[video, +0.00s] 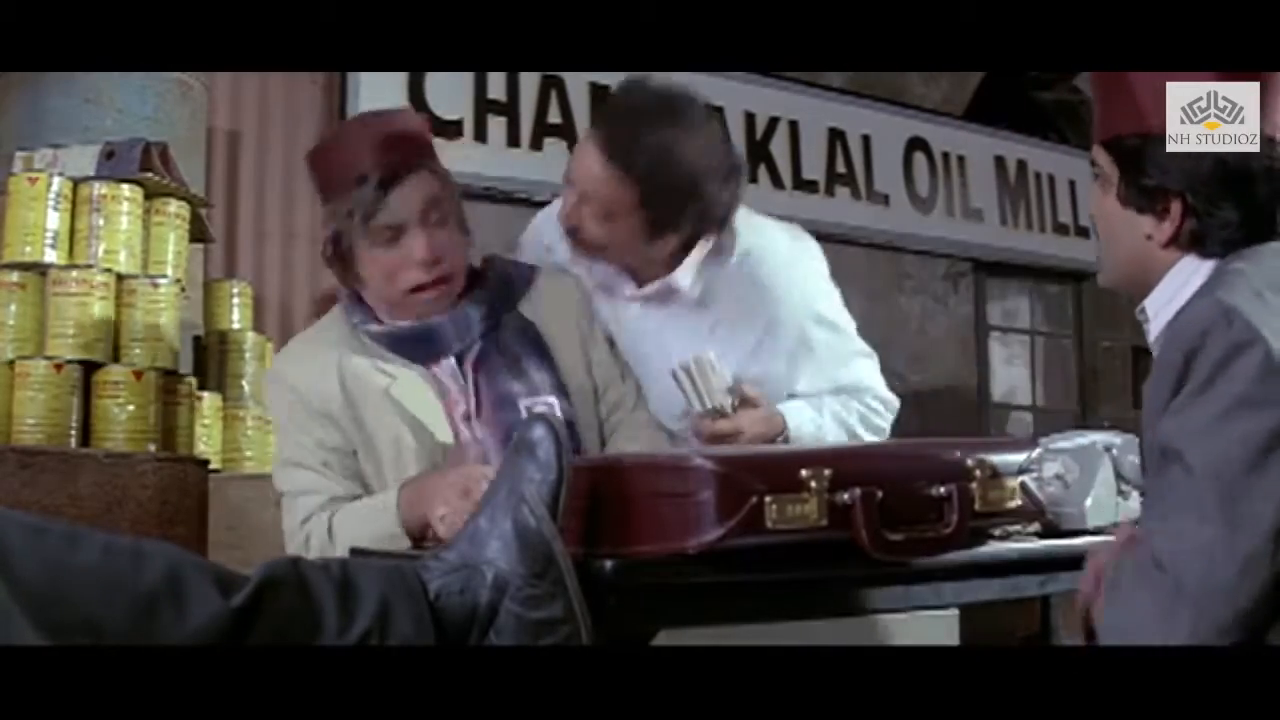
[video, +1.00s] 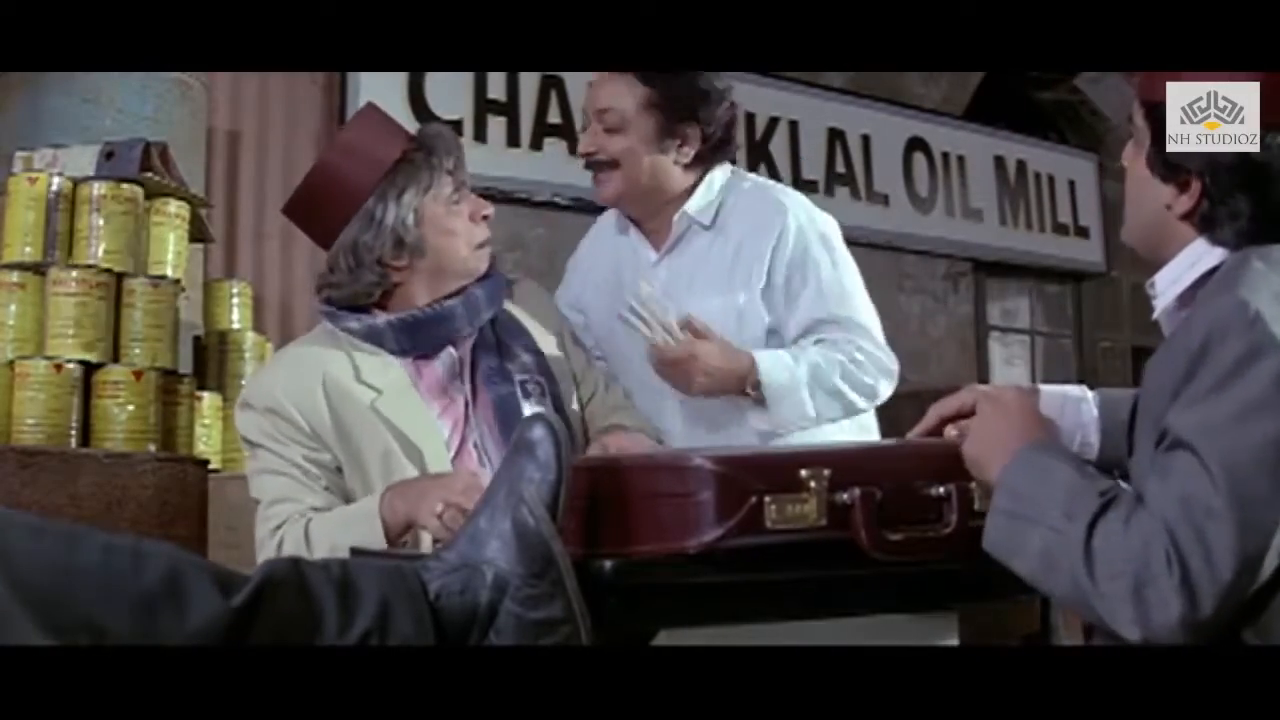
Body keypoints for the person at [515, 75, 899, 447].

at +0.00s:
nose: (565, 216)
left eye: (595, 213)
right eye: (570, 188)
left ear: (670, 229)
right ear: (572, 167)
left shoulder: (779, 272)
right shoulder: (550, 240)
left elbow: (867, 409)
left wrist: (780, 425)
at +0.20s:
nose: (590, 139)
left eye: (614, 121)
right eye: (585, 115)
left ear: (692, 124)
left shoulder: (785, 227)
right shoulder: (578, 201)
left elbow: (860, 361)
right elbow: (553, 337)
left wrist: (789, 366)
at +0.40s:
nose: (597, 113)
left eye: (623, 96)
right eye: (590, 96)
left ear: (694, 100)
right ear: (582, 99)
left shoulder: (776, 203)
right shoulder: (587, 201)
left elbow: (859, 339)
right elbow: (572, 336)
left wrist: (781, 345)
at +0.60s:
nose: (633, 131)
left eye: (656, 108)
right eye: (617, 110)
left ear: (720, 104)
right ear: (606, 110)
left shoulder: (800, 198)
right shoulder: (604, 204)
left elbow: (869, 340)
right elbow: (565, 345)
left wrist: (762, 336)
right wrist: (595, 312)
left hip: (784, 489)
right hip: (645, 485)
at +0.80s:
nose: (617, 123)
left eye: (641, 105)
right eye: (616, 103)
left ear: (716, 123)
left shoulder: (807, 200)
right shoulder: (621, 208)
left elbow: (883, 341)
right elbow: (587, 361)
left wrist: (758, 351)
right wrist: (591, 307)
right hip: (661, 496)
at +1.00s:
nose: (586, 146)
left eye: (610, 128)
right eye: (588, 128)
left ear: (683, 143)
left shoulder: (785, 224)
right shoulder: (592, 260)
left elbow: (865, 363)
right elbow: (576, 390)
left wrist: (750, 374)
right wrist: (611, 434)